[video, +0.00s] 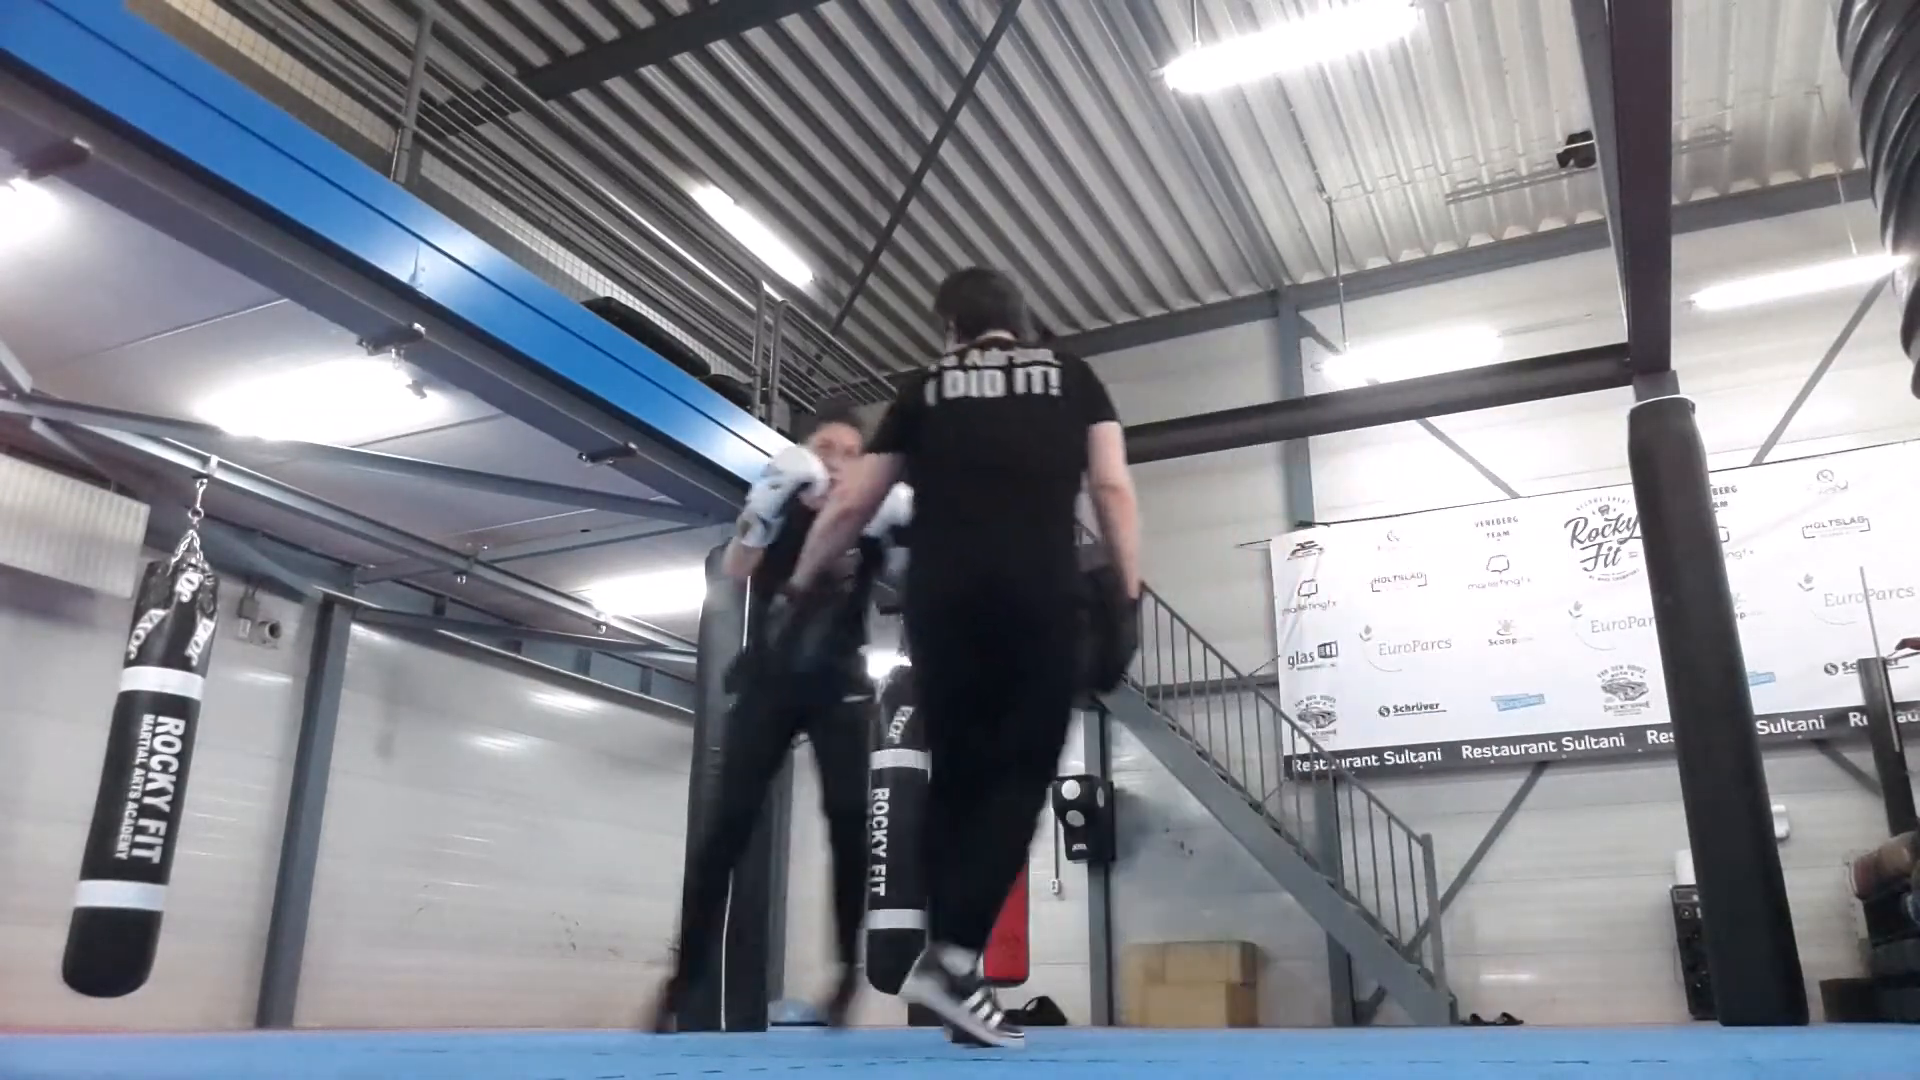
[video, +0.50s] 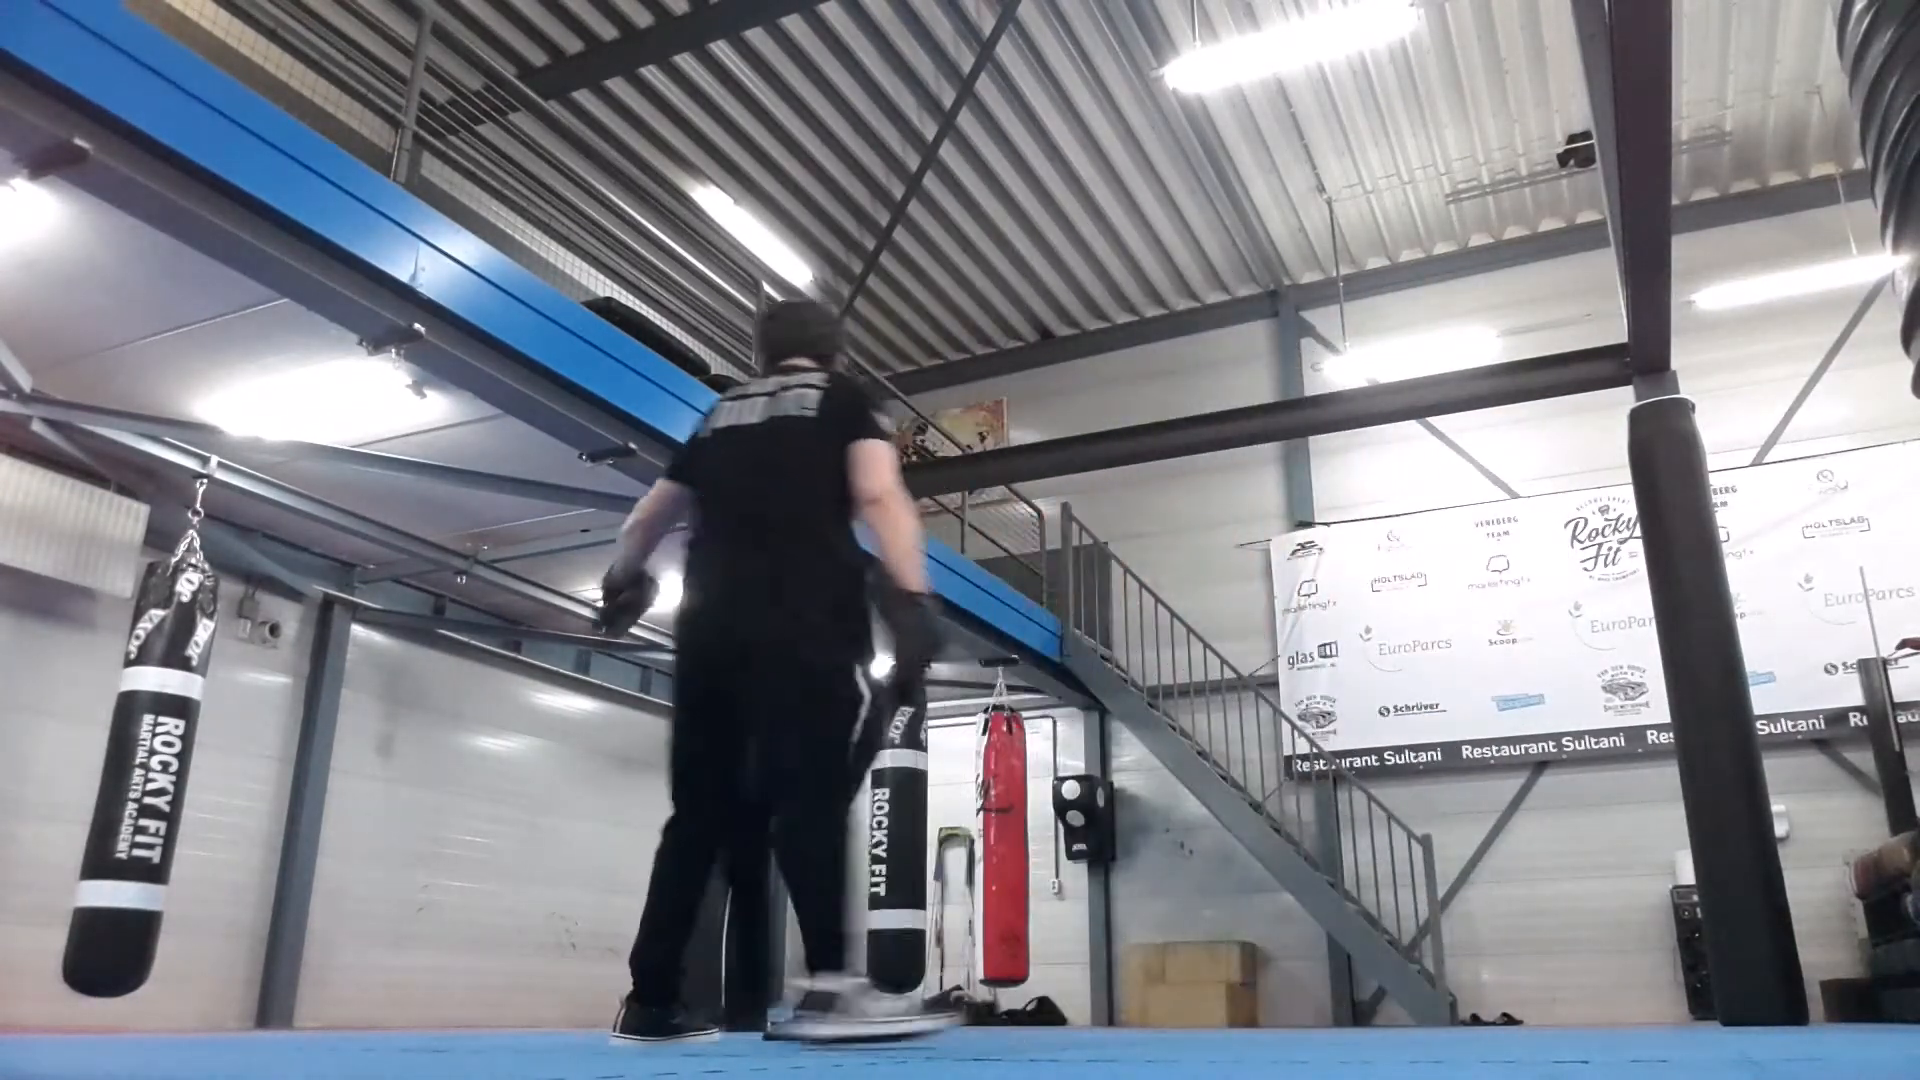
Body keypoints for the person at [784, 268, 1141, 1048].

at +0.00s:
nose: (941, 341)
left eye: (941, 330)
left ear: (951, 330)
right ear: (1019, 322)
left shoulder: (924, 390)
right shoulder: (1073, 375)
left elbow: (852, 501)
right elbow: (1111, 485)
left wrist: (800, 582)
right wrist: (1130, 592)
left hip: (942, 598)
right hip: (1040, 595)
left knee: (958, 771)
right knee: (1022, 778)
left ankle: (960, 977)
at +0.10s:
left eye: (928, 333)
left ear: (929, 338)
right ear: (997, 331)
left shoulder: (897, 396)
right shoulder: (1045, 388)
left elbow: (820, 504)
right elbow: (1091, 505)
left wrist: (758, 577)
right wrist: (1102, 612)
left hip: (900, 617)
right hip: (998, 622)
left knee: (892, 778)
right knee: (993, 806)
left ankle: (868, 964)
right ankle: (941, 985)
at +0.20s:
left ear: (898, 347)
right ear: (972, 343)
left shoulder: (859, 409)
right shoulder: (1005, 399)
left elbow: (764, 509)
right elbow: (1048, 517)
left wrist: (714, 572)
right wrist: (1067, 629)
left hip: (862, 631)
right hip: (959, 633)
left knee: (834, 799)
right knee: (988, 810)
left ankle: (762, 982)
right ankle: (934, 992)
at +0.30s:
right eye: (928, 347)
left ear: (854, 352)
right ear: (926, 349)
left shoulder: (813, 415)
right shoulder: (954, 398)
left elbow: (722, 506)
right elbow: (991, 507)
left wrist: (688, 553)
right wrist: (1025, 620)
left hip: (820, 642)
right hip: (920, 640)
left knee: (766, 808)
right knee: (959, 806)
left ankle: (665, 985)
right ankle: (932, 988)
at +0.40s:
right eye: (874, 350)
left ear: (806, 354)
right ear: (874, 353)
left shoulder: (765, 417)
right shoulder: (896, 402)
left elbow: (679, 508)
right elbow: (938, 498)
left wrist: (661, 546)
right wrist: (976, 615)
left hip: (762, 659)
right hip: (856, 654)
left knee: (716, 825)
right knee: (898, 808)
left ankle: (649, 1001)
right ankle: (920, 987)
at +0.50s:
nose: (839, 362)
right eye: (838, 351)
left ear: (762, 352)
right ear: (830, 354)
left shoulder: (720, 416)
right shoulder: (843, 401)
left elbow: (652, 511)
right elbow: (880, 496)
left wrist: (624, 573)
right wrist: (914, 601)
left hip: (710, 641)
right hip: (806, 637)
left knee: (697, 814)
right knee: (813, 807)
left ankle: (650, 999)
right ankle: (833, 986)